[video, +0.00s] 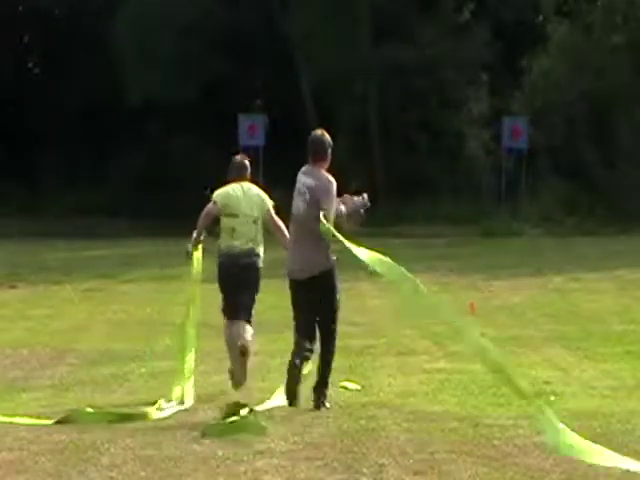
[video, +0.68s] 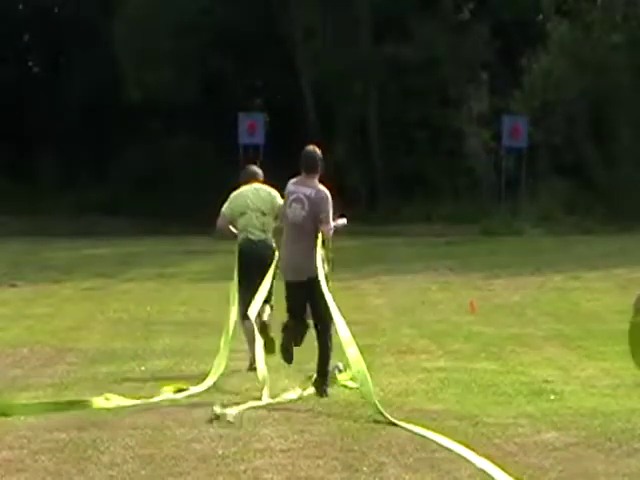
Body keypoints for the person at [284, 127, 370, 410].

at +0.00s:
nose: (331, 155)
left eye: (328, 151)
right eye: (331, 151)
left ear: (309, 152)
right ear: (329, 153)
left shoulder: (303, 176)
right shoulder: (326, 182)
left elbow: (322, 209)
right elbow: (326, 222)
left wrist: (346, 204)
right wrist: (351, 207)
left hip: (296, 269)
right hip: (320, 268)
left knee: (304, 330)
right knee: (328, 331)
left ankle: (296, 362)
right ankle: (321, 391)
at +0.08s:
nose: (328, 158)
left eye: (323, 154)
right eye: (329, 154)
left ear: (308, 156)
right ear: (328, 156)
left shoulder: (300, 178)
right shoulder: (329, 185)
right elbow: (341, 222)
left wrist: (338, 202)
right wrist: (349, 203)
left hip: (296, 268)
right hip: (320, 268)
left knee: (302, 327)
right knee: (328, 333)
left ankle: (287, 365)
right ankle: (319, 391)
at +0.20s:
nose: (317, 149)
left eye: (311, 144)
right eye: (320, 144)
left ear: (303, 146)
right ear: (324, 146)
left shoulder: (292, 171)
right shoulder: (333, 176)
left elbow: (285, 207)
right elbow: (339, 213)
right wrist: (337, 234)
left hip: (298, 256)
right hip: (324, 256)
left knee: (298, 315)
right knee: (323, 316)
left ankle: (297, 369)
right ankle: (321, 371)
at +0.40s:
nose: (307, 158)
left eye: (302, 153)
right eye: (311, 153)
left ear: (293, 156)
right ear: (312, 154)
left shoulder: (287, 183)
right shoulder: (324, 180)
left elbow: (286, 218)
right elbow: (334, 216)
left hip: (296, 266)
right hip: (320, 266)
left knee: (302, 329)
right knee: (322, 318)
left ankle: (308, 383)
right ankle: (323, 350)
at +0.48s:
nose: (315, 155)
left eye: (310, 150)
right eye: (316, 151)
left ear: (297, 153)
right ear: (316, 153)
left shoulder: (289, 178)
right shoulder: (322, 179)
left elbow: (292, 211)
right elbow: (330, 214)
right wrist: (339, 203)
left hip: (294, 263)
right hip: (318, 262)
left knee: (303, 322)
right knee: (324, 317)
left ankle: (308, 379)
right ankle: (328, 373)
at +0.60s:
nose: (322, 161)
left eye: (317, 156)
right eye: (322, 157)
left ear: (302, 158)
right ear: (322, 159)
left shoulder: (292, 181)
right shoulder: (322, 188)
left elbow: (294, 215)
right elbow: (324, 227)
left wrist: (330, 212)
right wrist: (342, 216)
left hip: (288, 264)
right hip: (312, 265)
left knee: (300, 315)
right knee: (322, 320)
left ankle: (303, 341)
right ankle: (323, 378)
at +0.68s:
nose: (318, 169)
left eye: (312, 164)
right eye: (320, 164)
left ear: (301, 166)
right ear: (320, 167)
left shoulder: (291, 185)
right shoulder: (322, 194)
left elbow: (285, 217)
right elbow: (326, 230)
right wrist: (338, 223)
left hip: (289, 267)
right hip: (312, 268)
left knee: (296, 317)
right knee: (323, 323)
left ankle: (289, 337)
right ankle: (322, 377)